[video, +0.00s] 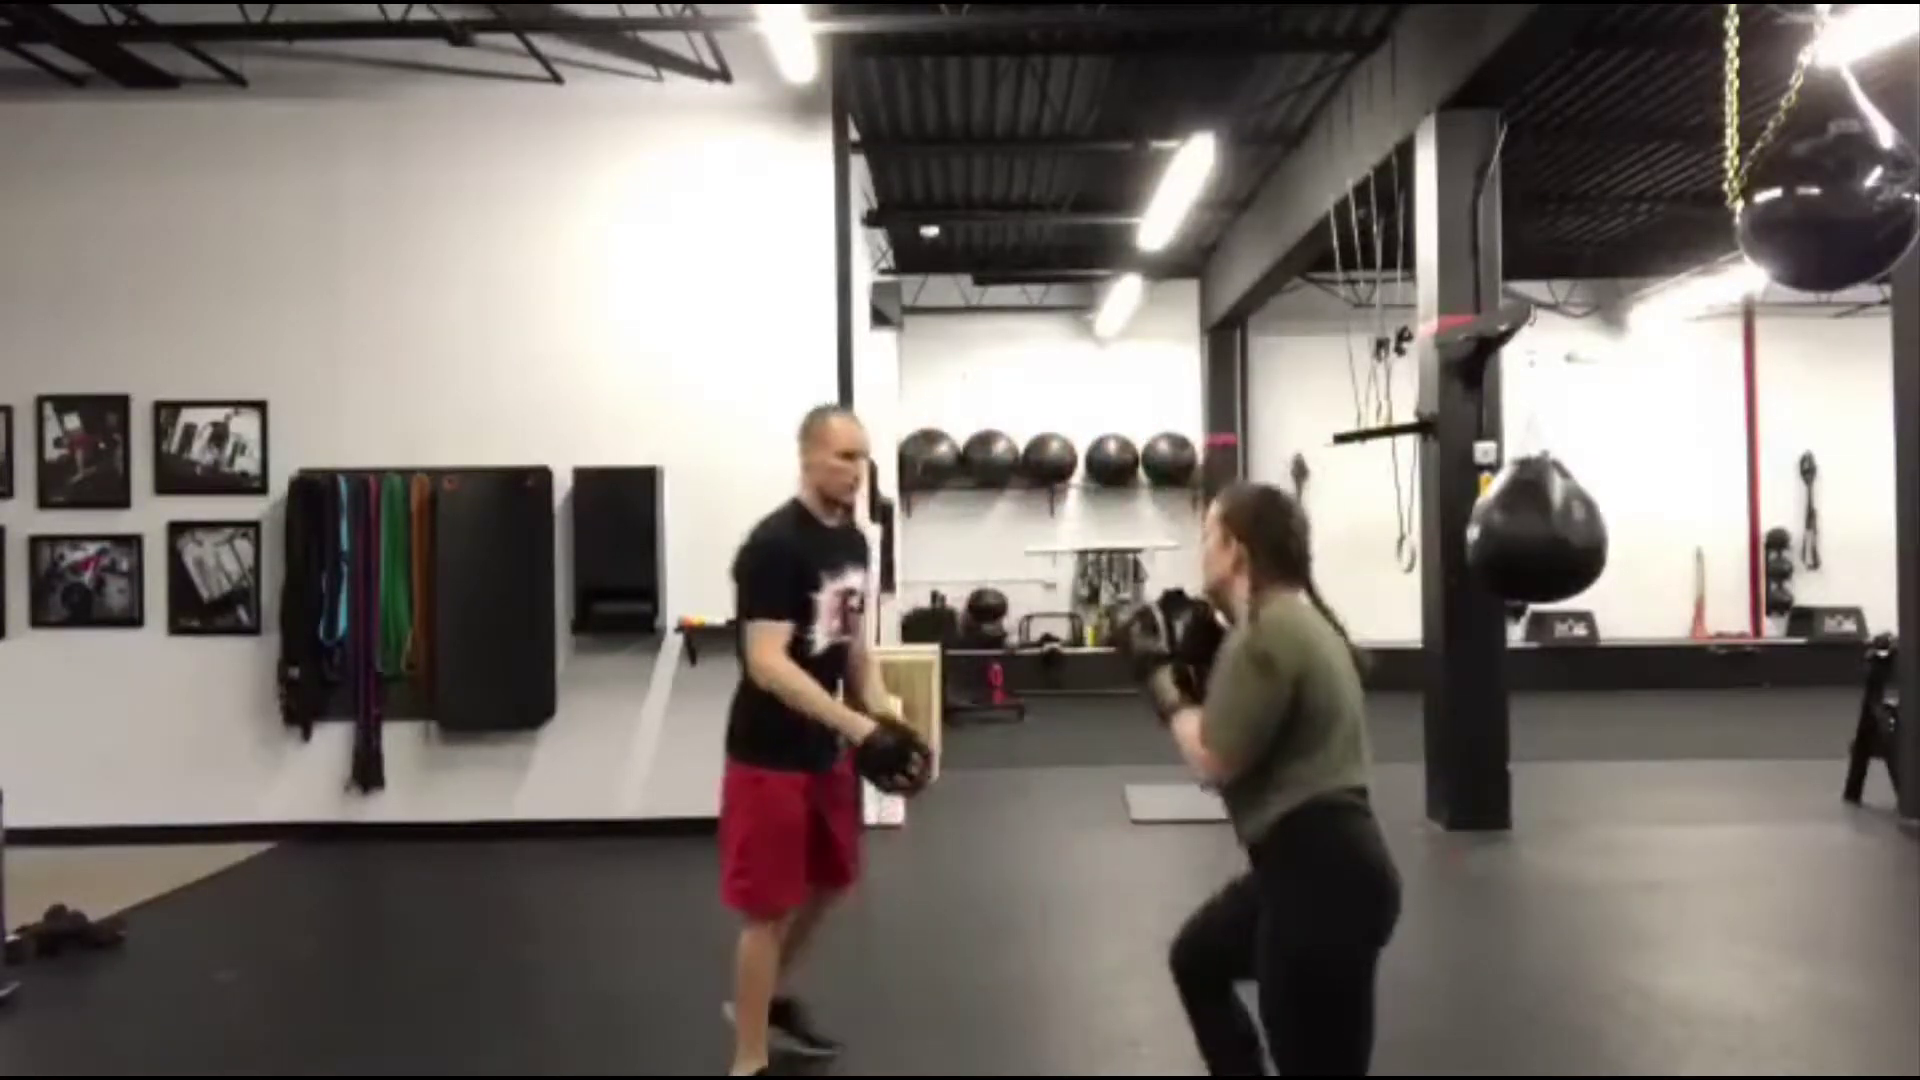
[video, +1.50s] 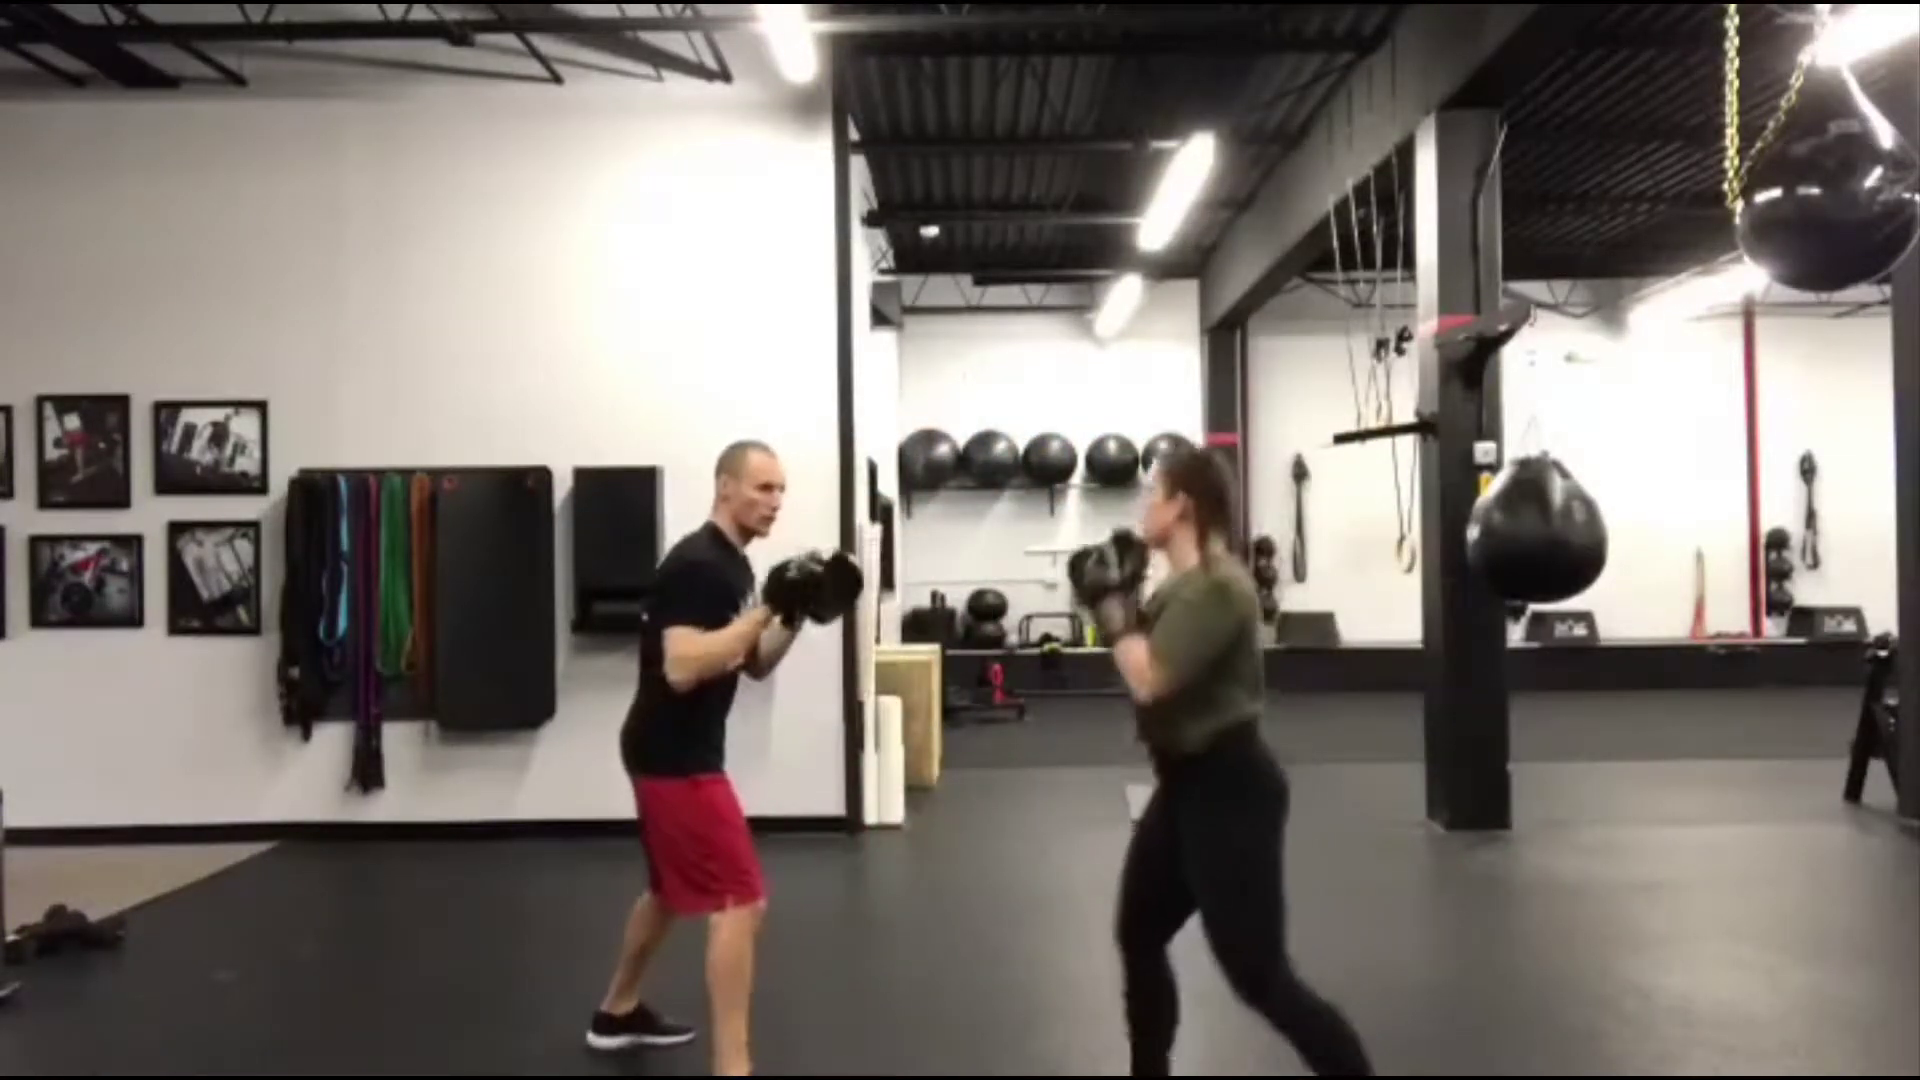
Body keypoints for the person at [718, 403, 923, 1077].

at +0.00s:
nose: (858, 470)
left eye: (863, 458)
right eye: (845, 457)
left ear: (862, 464)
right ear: (806, 459)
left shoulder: (855, 546)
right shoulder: (772, 545)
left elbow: (857, 651)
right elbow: (766, 660)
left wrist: (890, 722)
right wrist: (857, 727)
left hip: (829, 755)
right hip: (768, 759)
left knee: (828, 882)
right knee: (768, 912)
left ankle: (770, 997)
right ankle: (750, 1058)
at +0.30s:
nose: (808, 498)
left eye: (814, 486)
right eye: (797, 485)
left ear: (812, 490)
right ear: (760, 484)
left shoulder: (798, 565)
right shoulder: (726, 562)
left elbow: (800, 642)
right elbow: (679, 661)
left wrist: (825, 656)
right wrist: (761, 725)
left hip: (757, 757)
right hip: (723, 761)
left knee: (704, 883)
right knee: (783, 892)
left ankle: (647, 1013)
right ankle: (752, 1061)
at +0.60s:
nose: (795, 489)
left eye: (799, 478)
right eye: (784, 477)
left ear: (793, 483)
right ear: (745, 478)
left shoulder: (766, 557)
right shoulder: (714, 555)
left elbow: (797, 648)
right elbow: (676, 654)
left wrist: (857, 636)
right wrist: (769, 692)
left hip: (709, 753)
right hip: (706, 758)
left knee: (685, 887)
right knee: (744, 905)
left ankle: (645, 1015)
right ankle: (753, 1064)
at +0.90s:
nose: (803, 496)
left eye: (809, 485)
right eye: (794, 482)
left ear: (800, 485)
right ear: (753, 475)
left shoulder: (769, 557)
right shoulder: (721, 554)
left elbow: (808, 647)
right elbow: (735, 654)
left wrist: (847, 605)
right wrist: (818, 590)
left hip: (712, 755)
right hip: (703, 759)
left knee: (691, 885)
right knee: (758, 905)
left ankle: (647, 1009)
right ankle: (760, 1066)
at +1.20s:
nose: (784, 507)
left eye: (788, 495)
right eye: (772, 494)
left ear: (779, 499)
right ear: (733, 494)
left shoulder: (744, 570)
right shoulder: (703, 570)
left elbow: (739, 672)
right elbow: (687, 675)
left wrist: (790, 638)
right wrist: (777, 630)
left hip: (698, 760)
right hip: (691, 765)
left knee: (685, 890)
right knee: (763, 901)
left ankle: (619, 1009)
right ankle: (760, 1066)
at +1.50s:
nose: (776, 502)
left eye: (780, 491)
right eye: (764, 489)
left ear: (768, 496)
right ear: (725, 490)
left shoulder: (733, 565)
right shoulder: (694, 564)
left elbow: (755, 663)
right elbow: (680, 667)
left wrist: (794, 613)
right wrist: (761, 612)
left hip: (678, 754)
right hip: (675, 760)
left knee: (669, 888)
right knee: (740, 903)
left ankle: (618, 1010)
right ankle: (733, 1065)